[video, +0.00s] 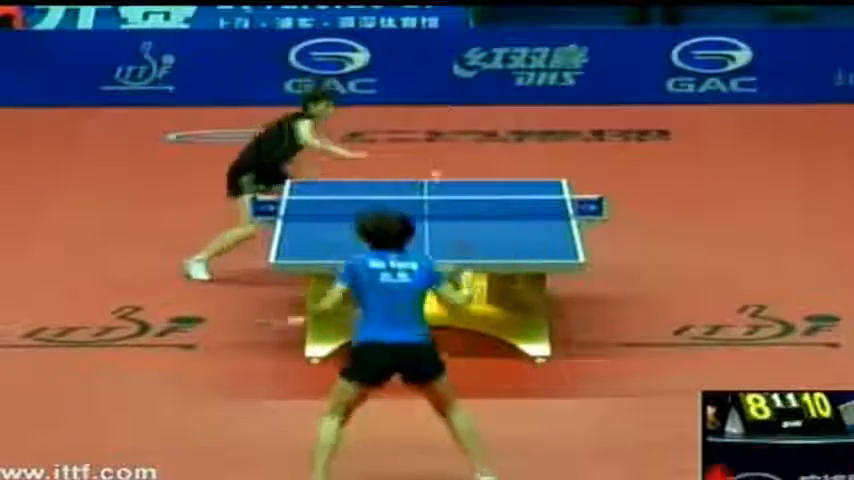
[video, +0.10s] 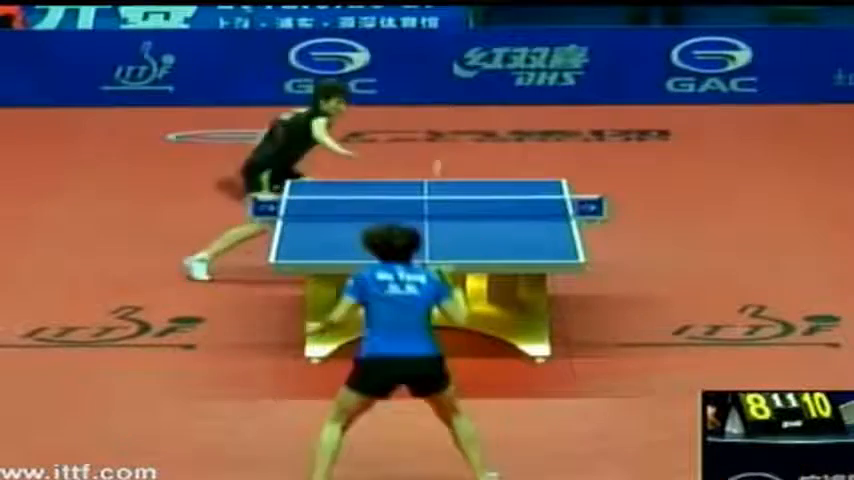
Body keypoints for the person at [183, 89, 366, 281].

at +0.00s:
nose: (329, 112)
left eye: (330, 107)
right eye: (326, 107)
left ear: (319, 110)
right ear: (313, 107)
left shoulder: (306, 124)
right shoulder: (301, 123)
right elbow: (314, 144)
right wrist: (348, 154)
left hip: (270, 172)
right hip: (246, 173)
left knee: (301, 203)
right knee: (249, 226)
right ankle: (199, 260)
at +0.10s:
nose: (343, 108)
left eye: (343, 103)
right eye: (339, 102)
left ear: (322, 103)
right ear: (324, 102)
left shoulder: (305, 114)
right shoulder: (318, 120)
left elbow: (282, 118)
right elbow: (322, 137)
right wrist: (343, 151)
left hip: (280, 169)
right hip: (261, 171)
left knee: (313, 195)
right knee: (261, 224)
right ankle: (201, 259)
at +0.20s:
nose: (350, 91)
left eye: (350, 86)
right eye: (346, 86)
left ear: (340, 89)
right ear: (332, 87)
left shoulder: (330, 109)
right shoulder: (310, 104)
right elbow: (280, 107)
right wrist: (292, 117)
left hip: (303, 162)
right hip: (276, 161)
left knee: (333, 191)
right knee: (260, 212)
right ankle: (215, 251)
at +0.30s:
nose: (338, 82)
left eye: (341, 78)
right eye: (335, 76)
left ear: (341, 81)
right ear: (323, 73)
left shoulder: (331, 98)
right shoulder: (289, 90)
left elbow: (342, 127)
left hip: (312, 150)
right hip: (281, 150)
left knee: (337, 194)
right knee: (262, 198)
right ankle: (229, 240)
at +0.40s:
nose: (317, 64)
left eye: (320, 58)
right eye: (313, 58)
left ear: (322, 60)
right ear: (301, 58)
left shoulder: (326, 79)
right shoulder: (277, 77)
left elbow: (339, 62)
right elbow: (233, 97)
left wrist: (316, 43)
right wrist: (252, 86)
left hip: (320, 145)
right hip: (285, 145)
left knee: (346, 191)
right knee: (257, 188)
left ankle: (349, 235)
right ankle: (230, 223)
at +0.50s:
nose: (296, 59)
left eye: (302, 54)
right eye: (291, 54)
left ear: (310, 55)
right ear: (284, 55)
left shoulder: (318, 74)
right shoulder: (274, 79)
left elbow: (314, 50)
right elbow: (233, 99)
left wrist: (283, 40)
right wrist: (240, 92)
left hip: (321, 138)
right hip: (287, 139)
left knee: (344, 191)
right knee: (257, 188)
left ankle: (347, 238)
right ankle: (231, 225)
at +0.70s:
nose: (276, 86)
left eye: (280, 80)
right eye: (271, 81)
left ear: (287, 81)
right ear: (264, 84)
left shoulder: (300, 99)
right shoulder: (263, 104)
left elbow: (322, 118)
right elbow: (249, 127)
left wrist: (298, 113)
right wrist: (249, 119)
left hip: (312, 160)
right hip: (279, 162)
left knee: (335, 191)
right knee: (259, 194)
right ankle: (256, 238)